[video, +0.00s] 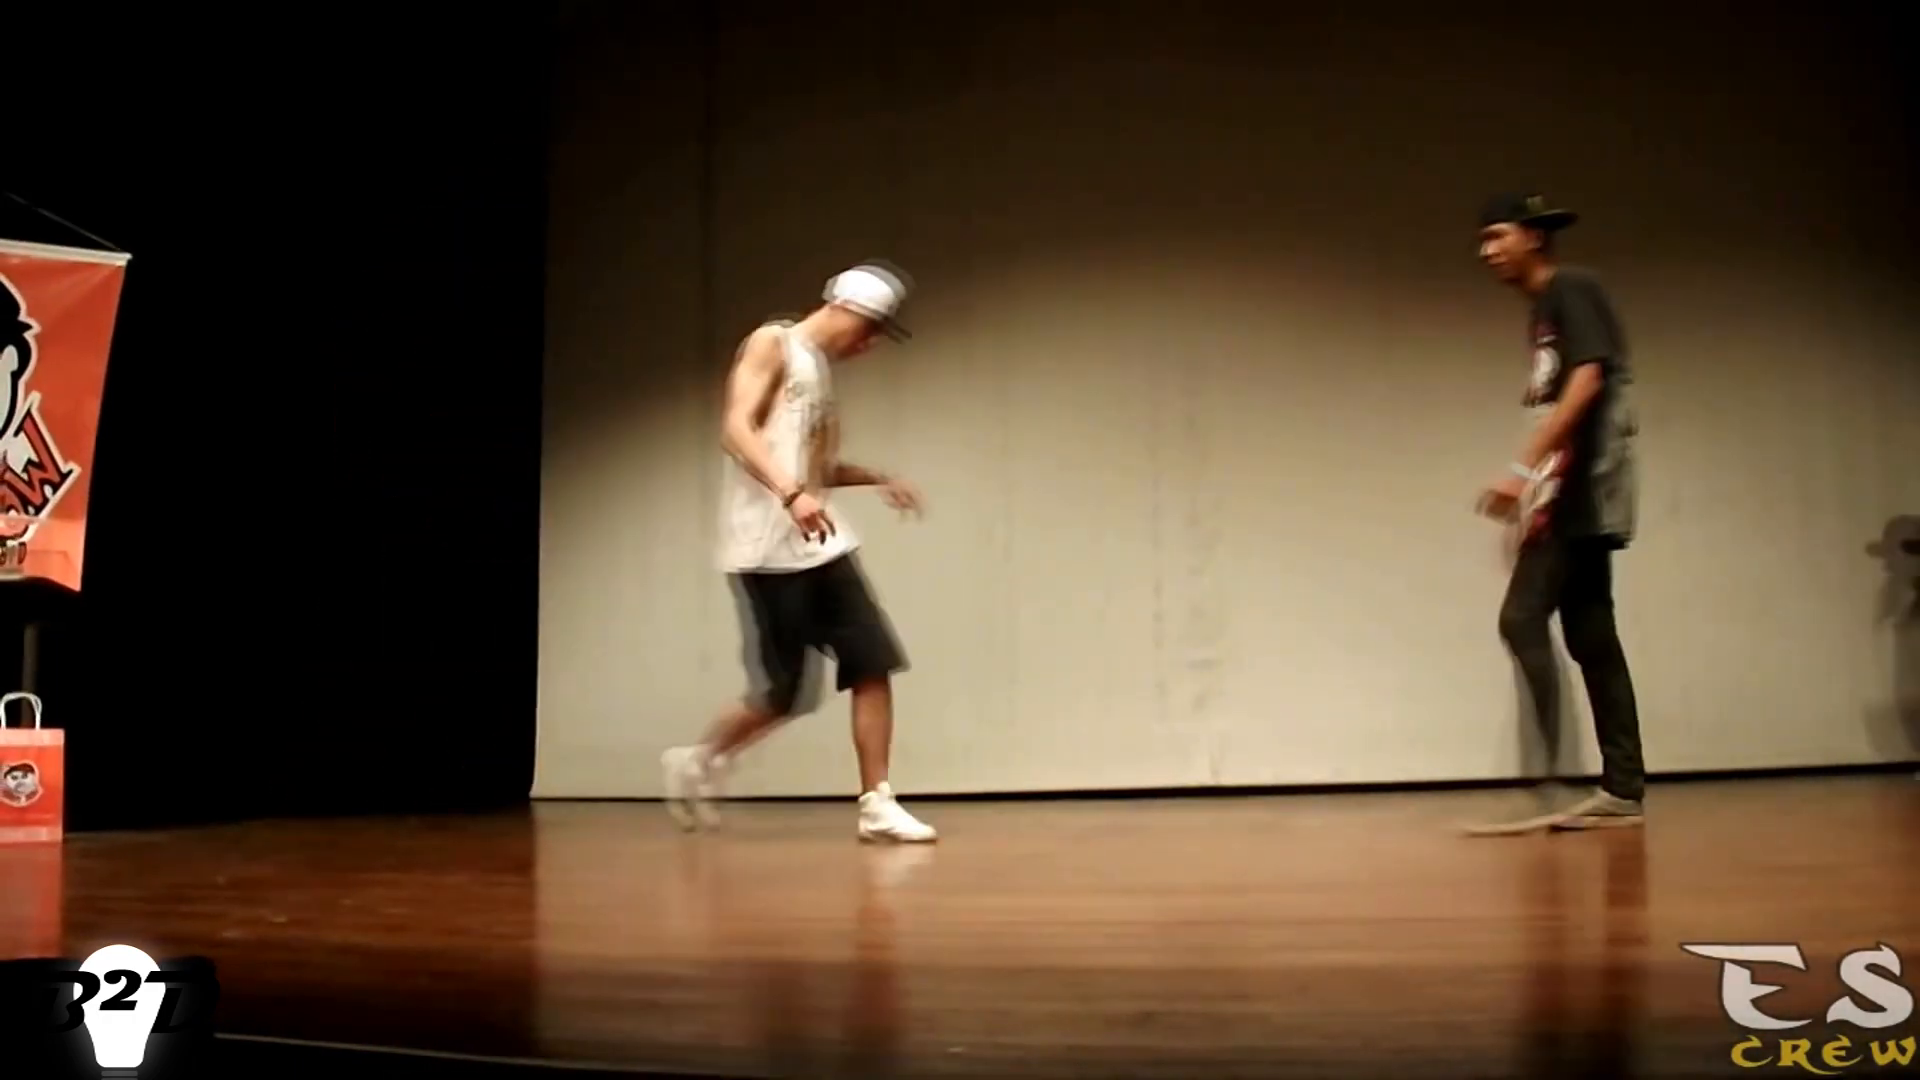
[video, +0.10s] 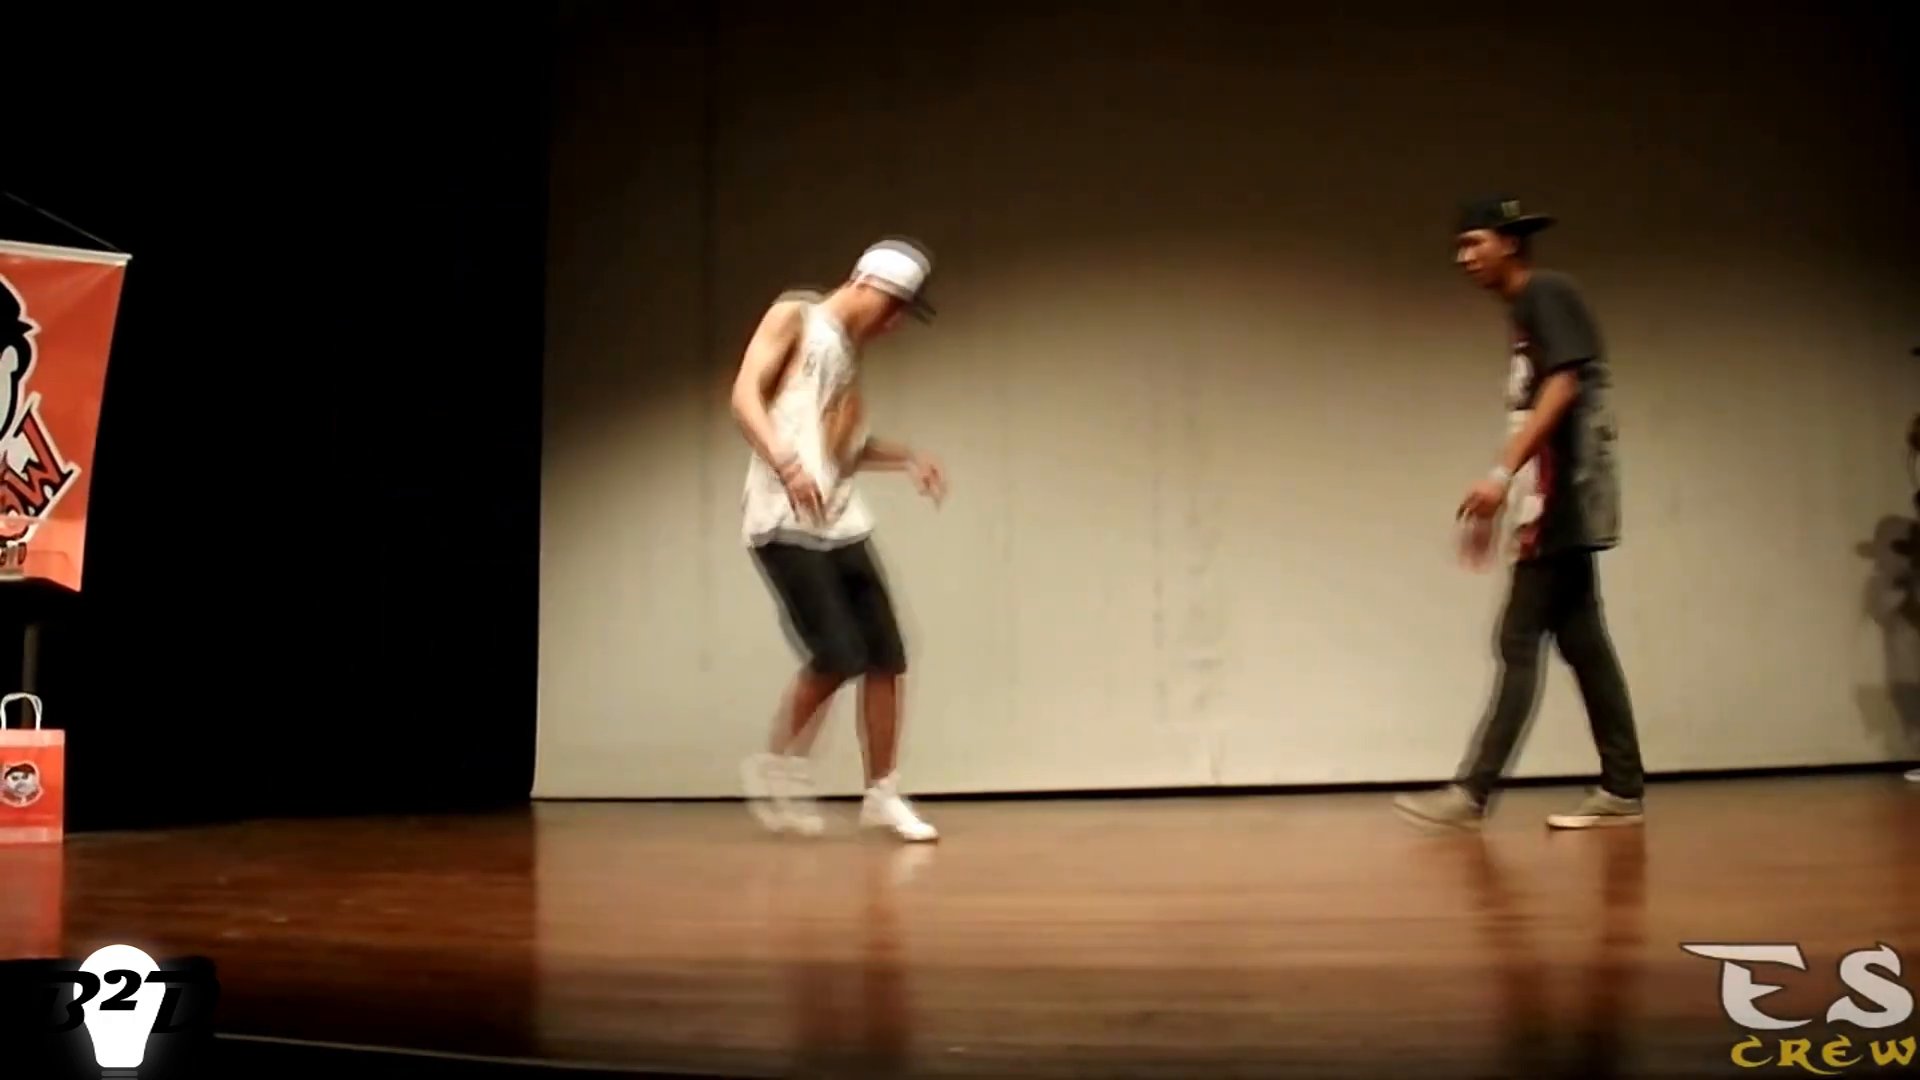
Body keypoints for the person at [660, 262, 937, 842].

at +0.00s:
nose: (869, 345)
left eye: (877, 336)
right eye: (869, 330)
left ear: (853, 318)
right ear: (844, 310)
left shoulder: (818, 369)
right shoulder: (770, 343)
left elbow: (817, 469)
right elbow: (736, 429)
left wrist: (879, 480)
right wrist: (792, 494)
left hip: (822, 546)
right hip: (767, 553)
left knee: (871, 664)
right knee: (784, 693)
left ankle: (876, 803)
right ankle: (698, 764)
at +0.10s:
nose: (892, 325)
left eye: (900, 315)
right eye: (893, 309)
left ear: (876, 296)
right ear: (867, 286)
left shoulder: (843, 358)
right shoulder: (793, 316)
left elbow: (844, 453)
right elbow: (745, 395)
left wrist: (907, 458)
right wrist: (787, 465)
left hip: (840, 523)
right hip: (784, 524)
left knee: (885, 656)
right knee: (838, 655)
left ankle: (880, 794)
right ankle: (774, 766)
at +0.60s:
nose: (875, 255)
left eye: (883, 245)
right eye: (872, 237)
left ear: (856, 233)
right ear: (835, 213)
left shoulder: (815, 291)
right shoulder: (767, 250)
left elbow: (809, 394)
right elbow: (711, 328)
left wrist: (873, 392)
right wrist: (778, 379)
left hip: (808, 478)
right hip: (758, 469)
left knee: (874, 622)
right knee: (805, 624)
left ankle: (870, 783)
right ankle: (830, 793)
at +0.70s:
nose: (845, 249)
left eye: (853, 239)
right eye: (843, 231)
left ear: (828, 232)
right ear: (808, 211)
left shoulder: (785, 289)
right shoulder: (738, 250)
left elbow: (774, 402)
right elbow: (677, 331)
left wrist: (853, 390)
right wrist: (739, 365)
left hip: (763, 477)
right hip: (722, 470)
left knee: (829, 631)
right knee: (777, 621)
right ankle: (728, 790)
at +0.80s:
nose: (807, 271)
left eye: (815, 261)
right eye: (804, 253)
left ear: (798, 258)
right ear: (768, 236)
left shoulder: (757, 321)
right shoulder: (704, 284)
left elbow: (752, 433)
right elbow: (648, 359)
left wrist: (827, 416)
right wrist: (702, 382)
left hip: (729, 509)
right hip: (688, 502)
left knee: (783, 673)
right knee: (729, 648)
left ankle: (663, 787)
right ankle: (666, 813)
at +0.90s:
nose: (789, 267)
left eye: (797, 256)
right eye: (784, 249)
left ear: (768, 246)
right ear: (749, 230)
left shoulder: (723, 312)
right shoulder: (680, 270)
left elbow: (728, 419)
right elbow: (621, 341)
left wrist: (795, 421)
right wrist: (662, 372)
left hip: (690, 500)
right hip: (653, 494)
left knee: (713, 664)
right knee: (686, 652)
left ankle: (642, 797)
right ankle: (671, 810)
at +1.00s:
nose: (771, 250)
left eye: (780, 241)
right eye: (771, 233)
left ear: (753, 225)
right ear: (738, 207)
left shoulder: (705, 280)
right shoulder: (661, 239)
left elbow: (684, 374)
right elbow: (591, 309)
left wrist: (748, 387)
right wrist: (638, 345)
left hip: (662, 460)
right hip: (623, 451)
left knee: (663, 620)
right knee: (640, 612)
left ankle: (647, 772)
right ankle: (633, 775)